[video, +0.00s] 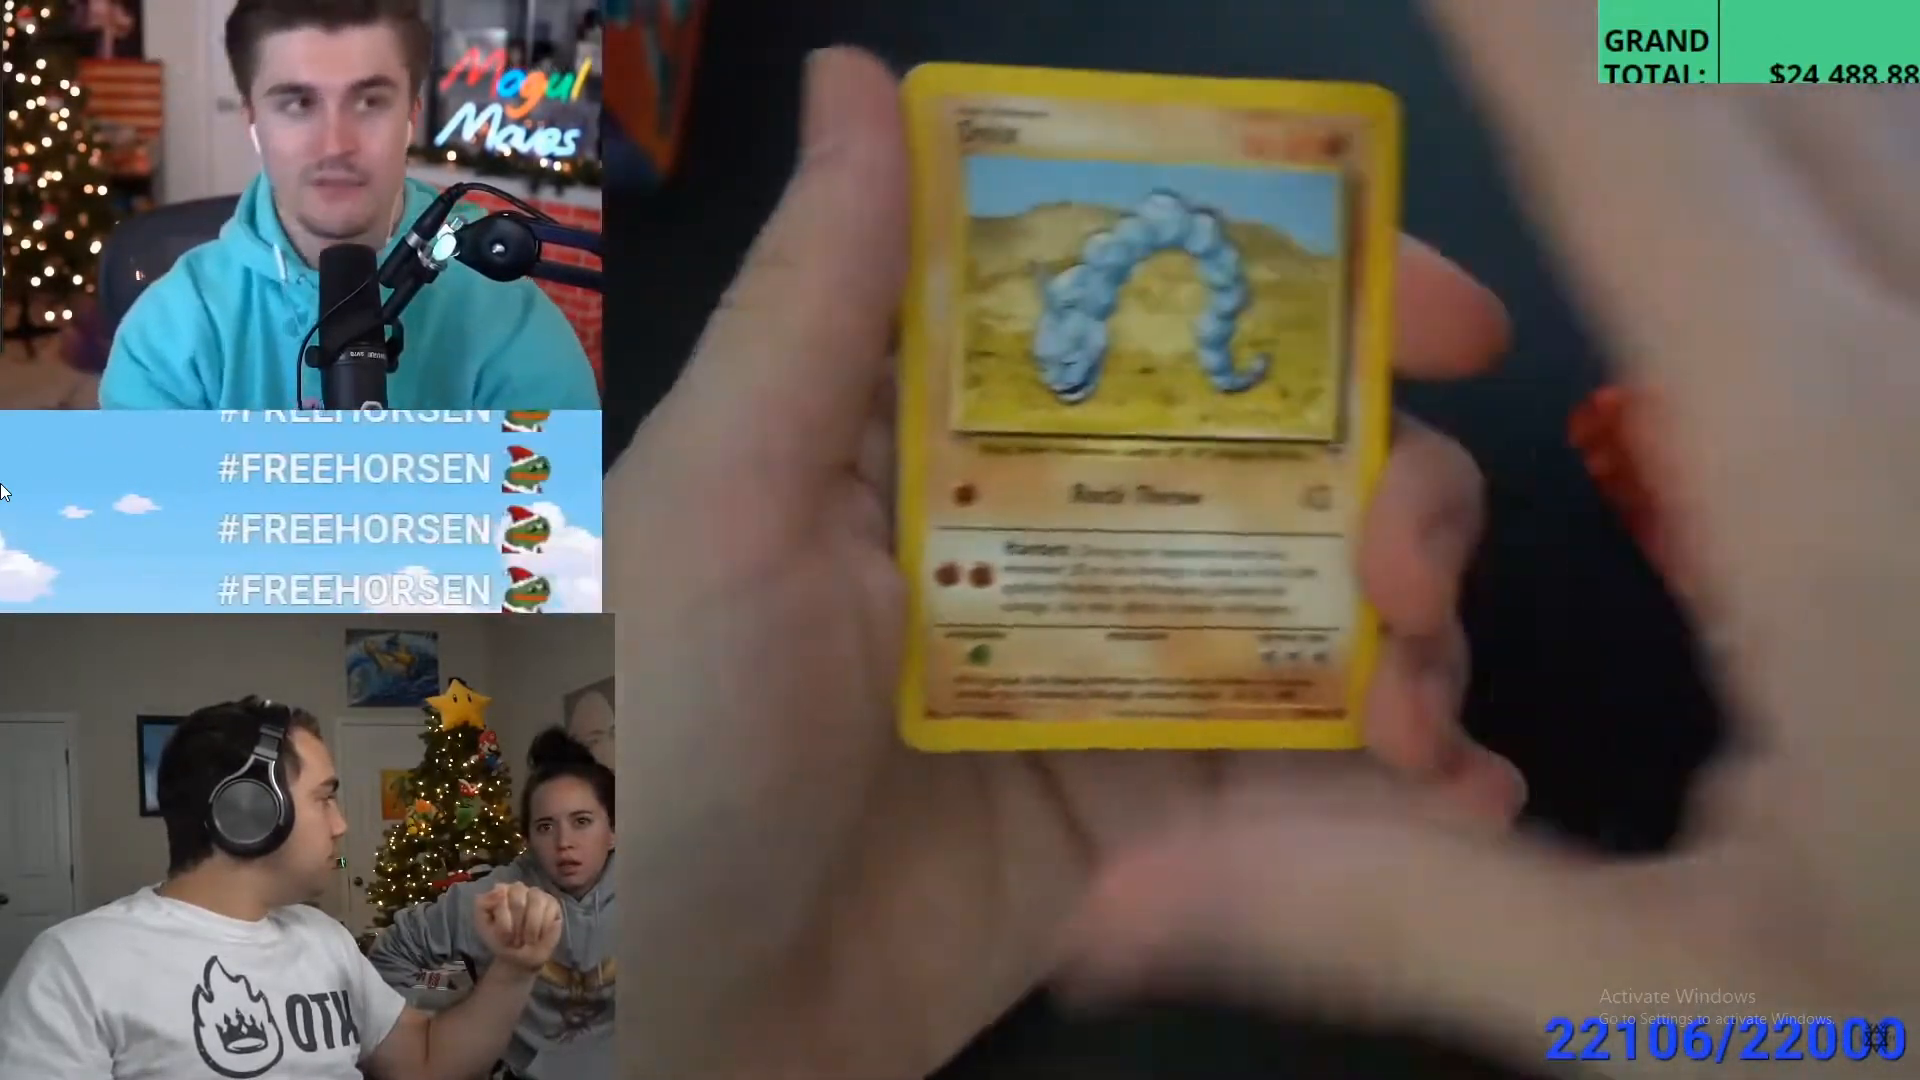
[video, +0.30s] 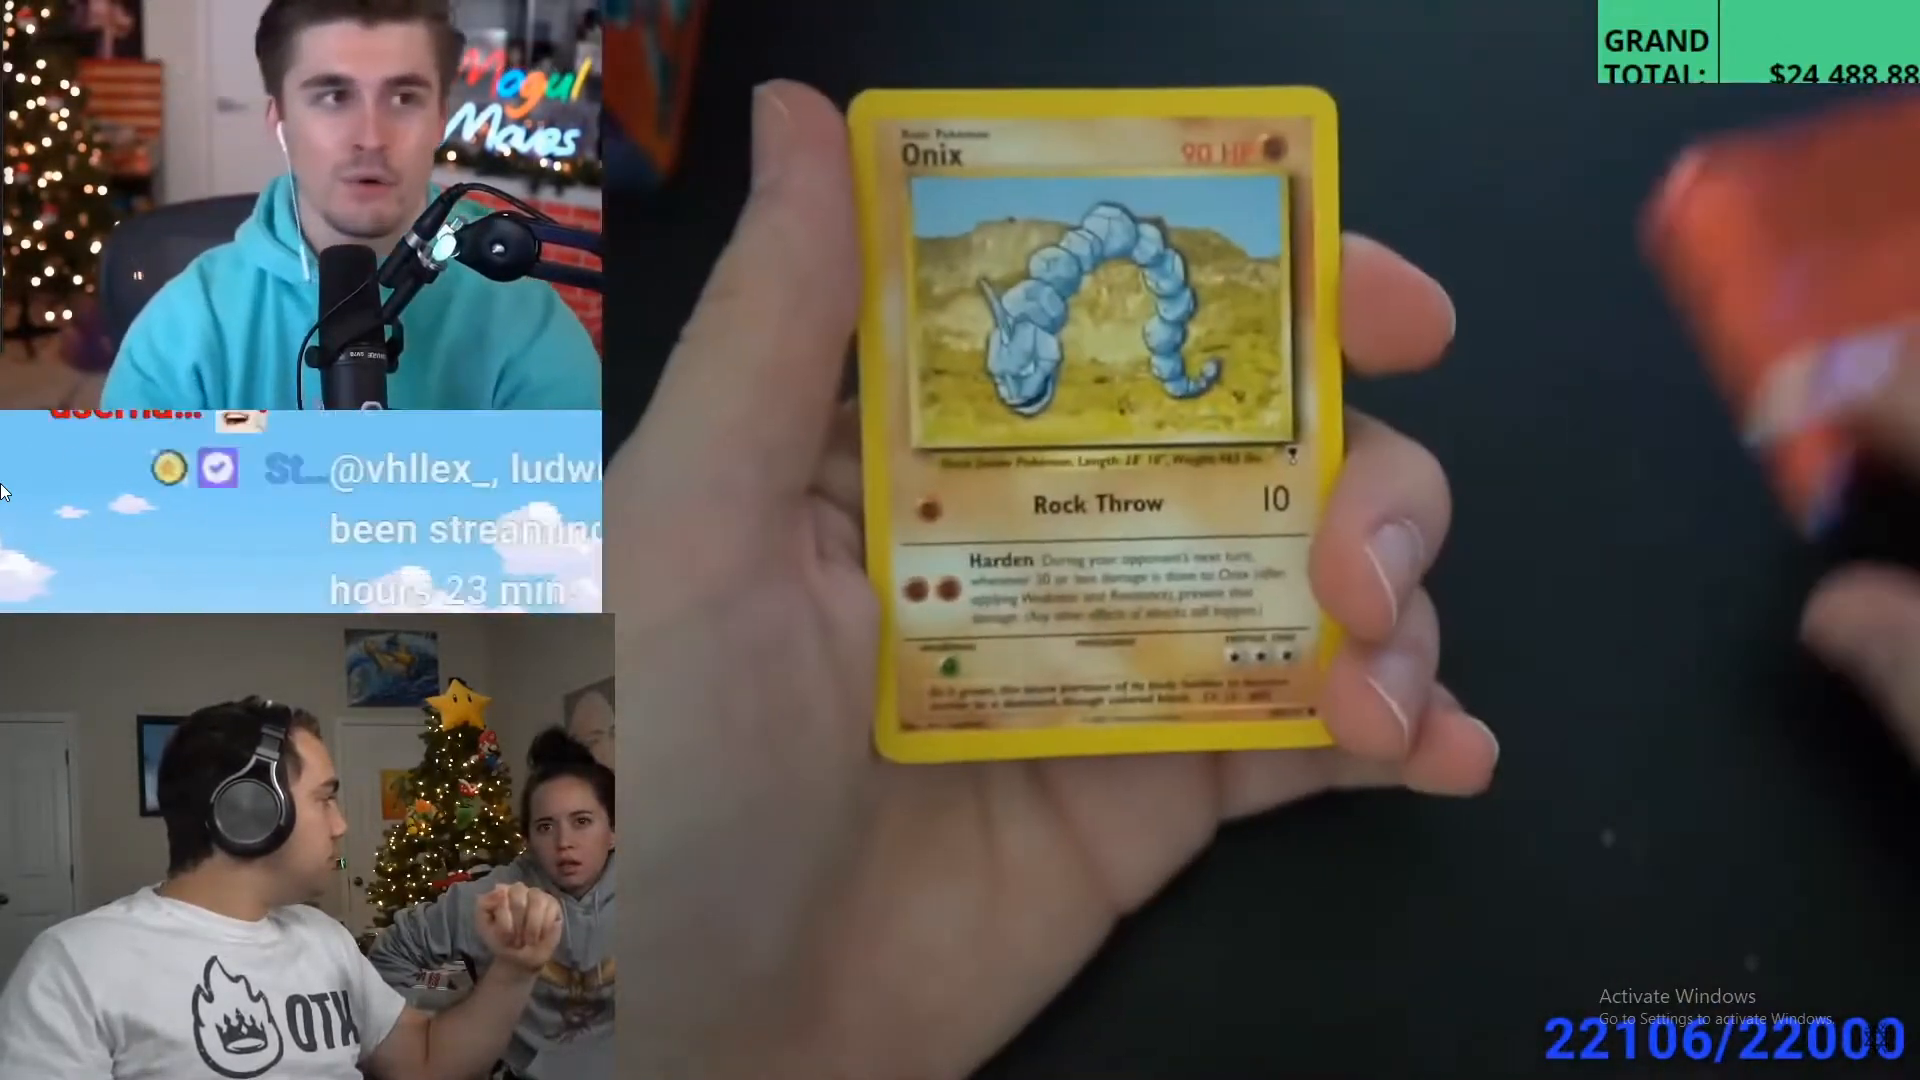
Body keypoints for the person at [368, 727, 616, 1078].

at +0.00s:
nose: (564, 843)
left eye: (582, 822)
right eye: (546, 826)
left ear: (613, 831)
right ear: (528, 839)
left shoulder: (645, 891)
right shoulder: (491, 898)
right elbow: (389, 955)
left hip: (626, 1068)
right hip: (535, 1073)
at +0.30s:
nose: (564, 842)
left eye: (582, 822)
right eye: (546, 826)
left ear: (613, 831)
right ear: (528, 839)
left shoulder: (644, 891)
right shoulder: (491, 898)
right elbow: (389, 955)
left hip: (625, 1069)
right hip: (535, 1073)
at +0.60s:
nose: (564, 842)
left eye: (582, 821)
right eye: (545, 826)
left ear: (612, 832)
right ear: (528, 839)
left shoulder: (644, 893)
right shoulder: (489, 898)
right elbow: (387, 958)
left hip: (625, 1067)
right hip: (534, 1072)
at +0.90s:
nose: (563, 842)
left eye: (581, 821)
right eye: (545, 826)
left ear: (611, 831)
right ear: (528, 839)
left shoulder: (644, 890)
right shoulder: (490, 898)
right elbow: (388, 957)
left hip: (629, 1068)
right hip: (537, 1073)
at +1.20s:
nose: (557, 831)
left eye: (576, 812)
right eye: (540, 816)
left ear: (609, 828)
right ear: (525, 834)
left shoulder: (642, 889)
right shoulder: (486, 897)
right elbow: (387, 956)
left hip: (626, 1068)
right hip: (536, 1073)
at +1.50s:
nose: (552, 831)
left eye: (573, 813)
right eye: (536, 816)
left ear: (607, 828)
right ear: (520, 833)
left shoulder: (635, 890)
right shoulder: (479, 902)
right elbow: (384, 956)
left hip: (621, 1068)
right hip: (531, 1072)